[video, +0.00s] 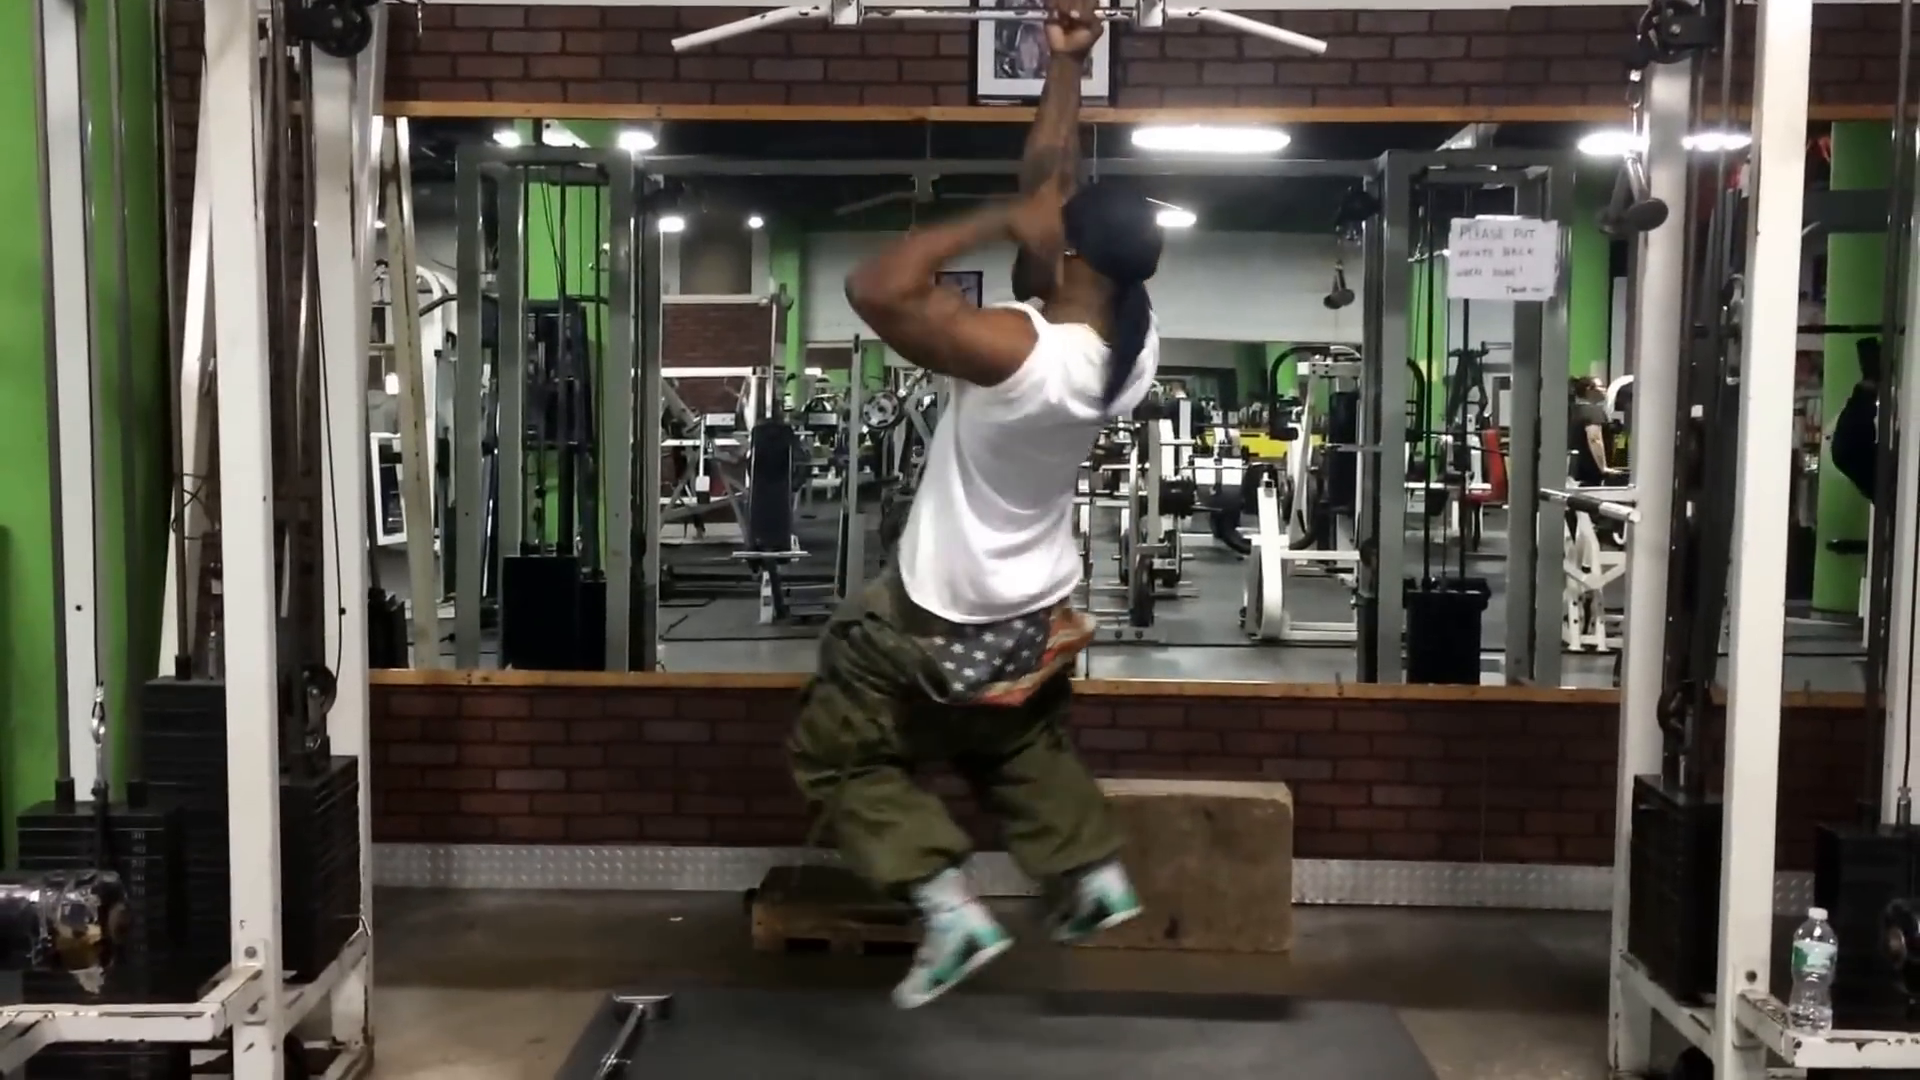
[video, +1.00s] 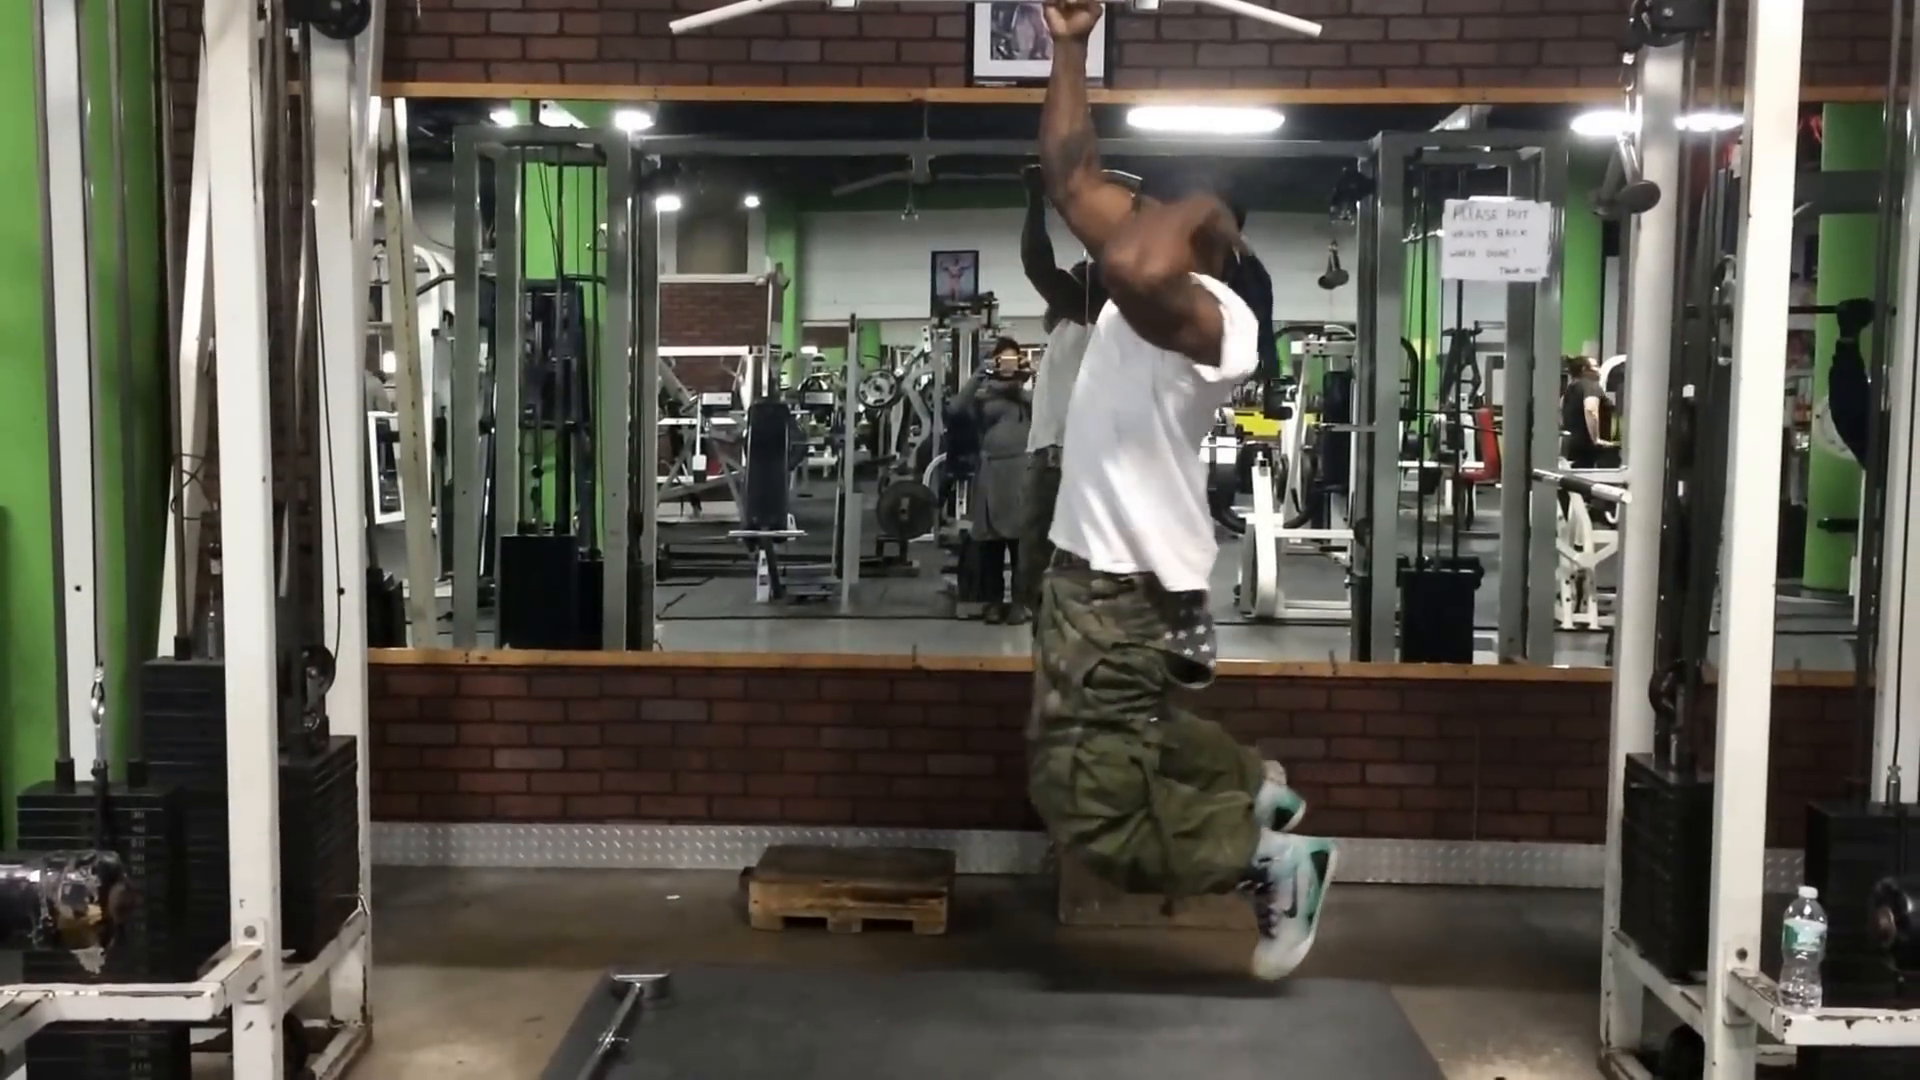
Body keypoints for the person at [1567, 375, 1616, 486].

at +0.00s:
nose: (1605, 390)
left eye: (1603, 386)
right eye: (1601, 386)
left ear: (1588, 389)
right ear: (1589, 389)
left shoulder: (1574, 409)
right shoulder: (1592, 410)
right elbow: (1594, 439)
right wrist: (1604, 467)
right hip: (1590, 473)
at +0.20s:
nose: (1602, 382)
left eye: (1601, 379)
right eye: (1598, 379)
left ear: (1585, 383)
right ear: (1587, 383)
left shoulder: (1572, 401)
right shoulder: (1592, 401)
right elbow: (1592, 426)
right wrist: (1602, 453)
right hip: (1589, 463)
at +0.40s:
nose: (1601, 377)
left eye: (1600, 374)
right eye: (1598, 374)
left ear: (1585, 377)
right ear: (1586, 377)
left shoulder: (1572, 394)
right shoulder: (1592, 394)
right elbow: (1593, 412)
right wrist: (1601, 438)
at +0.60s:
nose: (1601, 374)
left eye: (1600, 370)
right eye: (1598, 370)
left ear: (1585, 374)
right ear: (1587, 374)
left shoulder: (1572, 390)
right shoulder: (1594, 389)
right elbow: (1593, 401)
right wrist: (1602, 425)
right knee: (1620, 442)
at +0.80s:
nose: (1601, 372)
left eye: (1600, 368)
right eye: (1598, 368)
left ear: (1584, 372)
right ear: (1587, 372)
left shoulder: (1571, 387)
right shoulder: (1595, 387)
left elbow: (1561, 393)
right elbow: (1593, 399)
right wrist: (1600, 426)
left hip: (1574, 438)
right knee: (1619, 440)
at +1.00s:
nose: (1599, 370)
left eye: (1597, 366)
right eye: (1595, 366)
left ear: (1582, 370)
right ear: (1584, 370)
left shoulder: (1571, 387)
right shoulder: (1591, 386)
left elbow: (1561, 407)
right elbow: (1590, 410)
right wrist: (1596, 438)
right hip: (1585, 445)